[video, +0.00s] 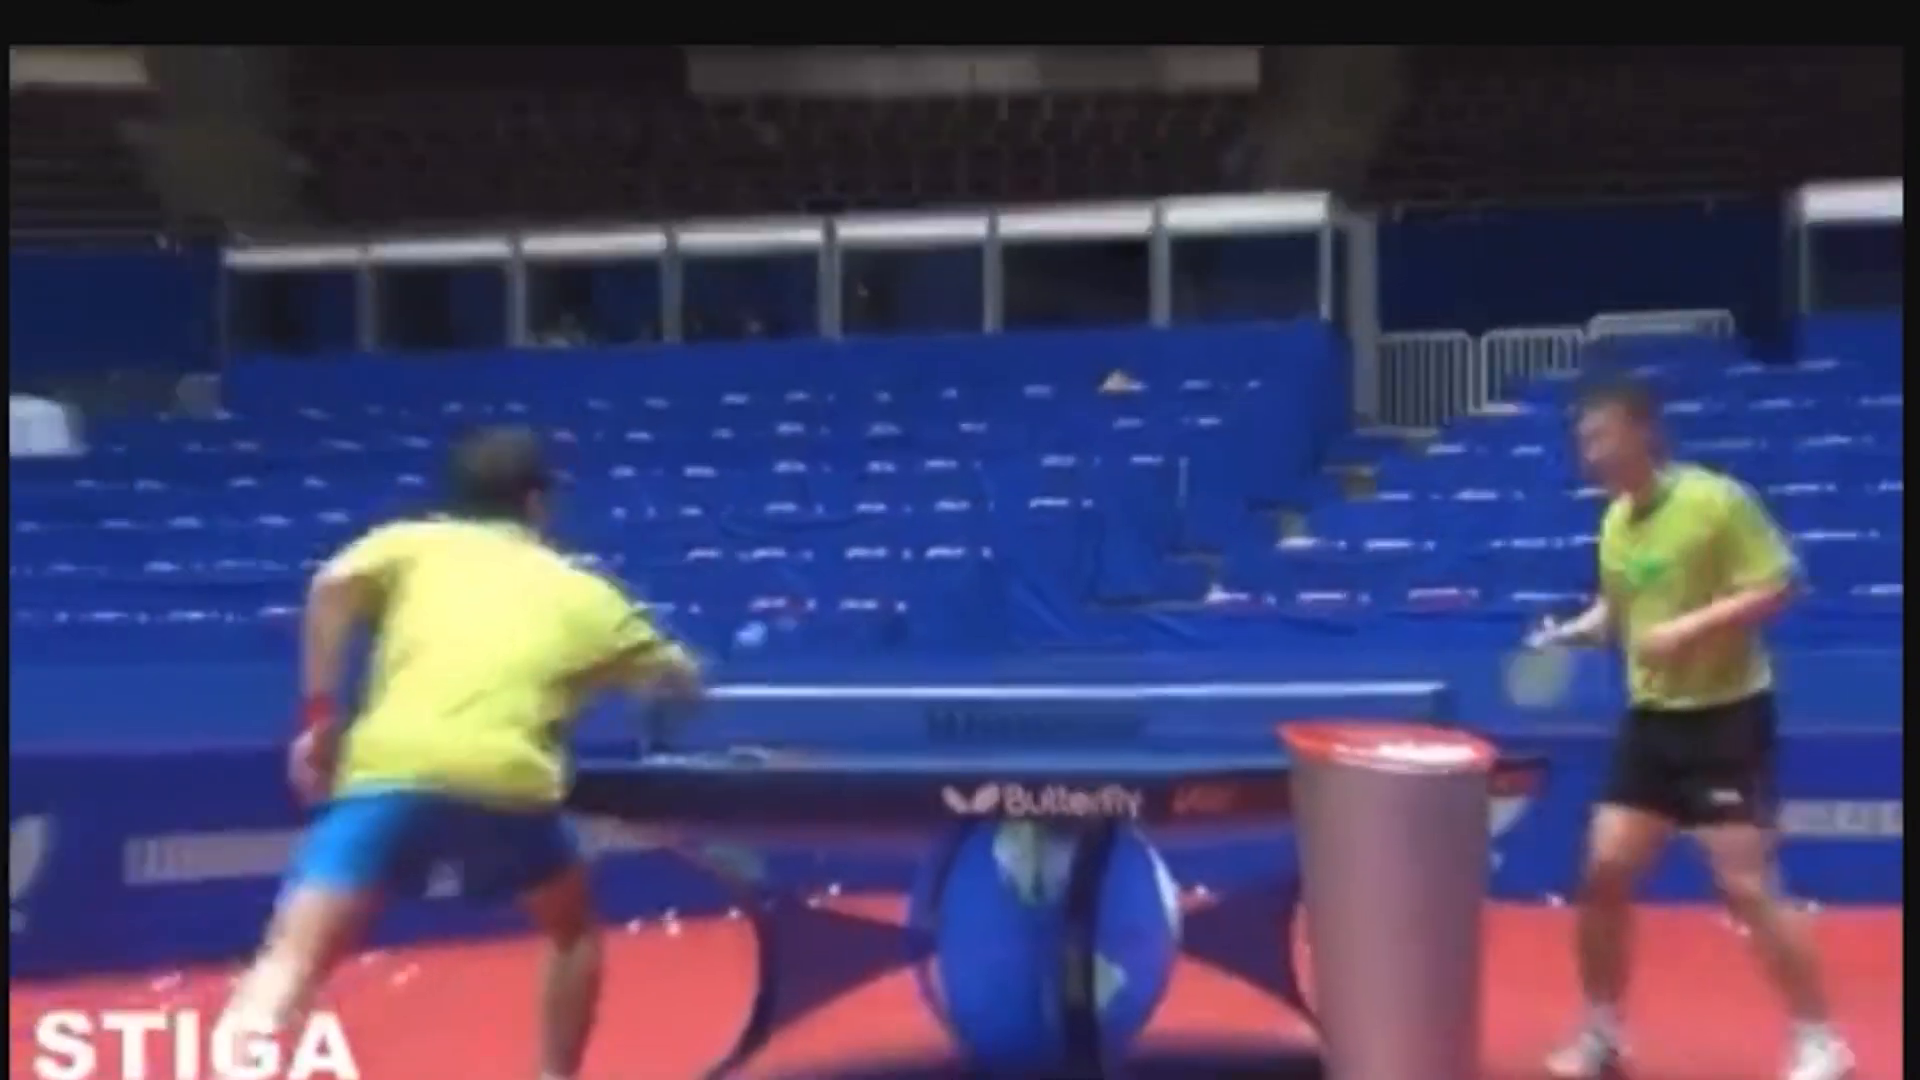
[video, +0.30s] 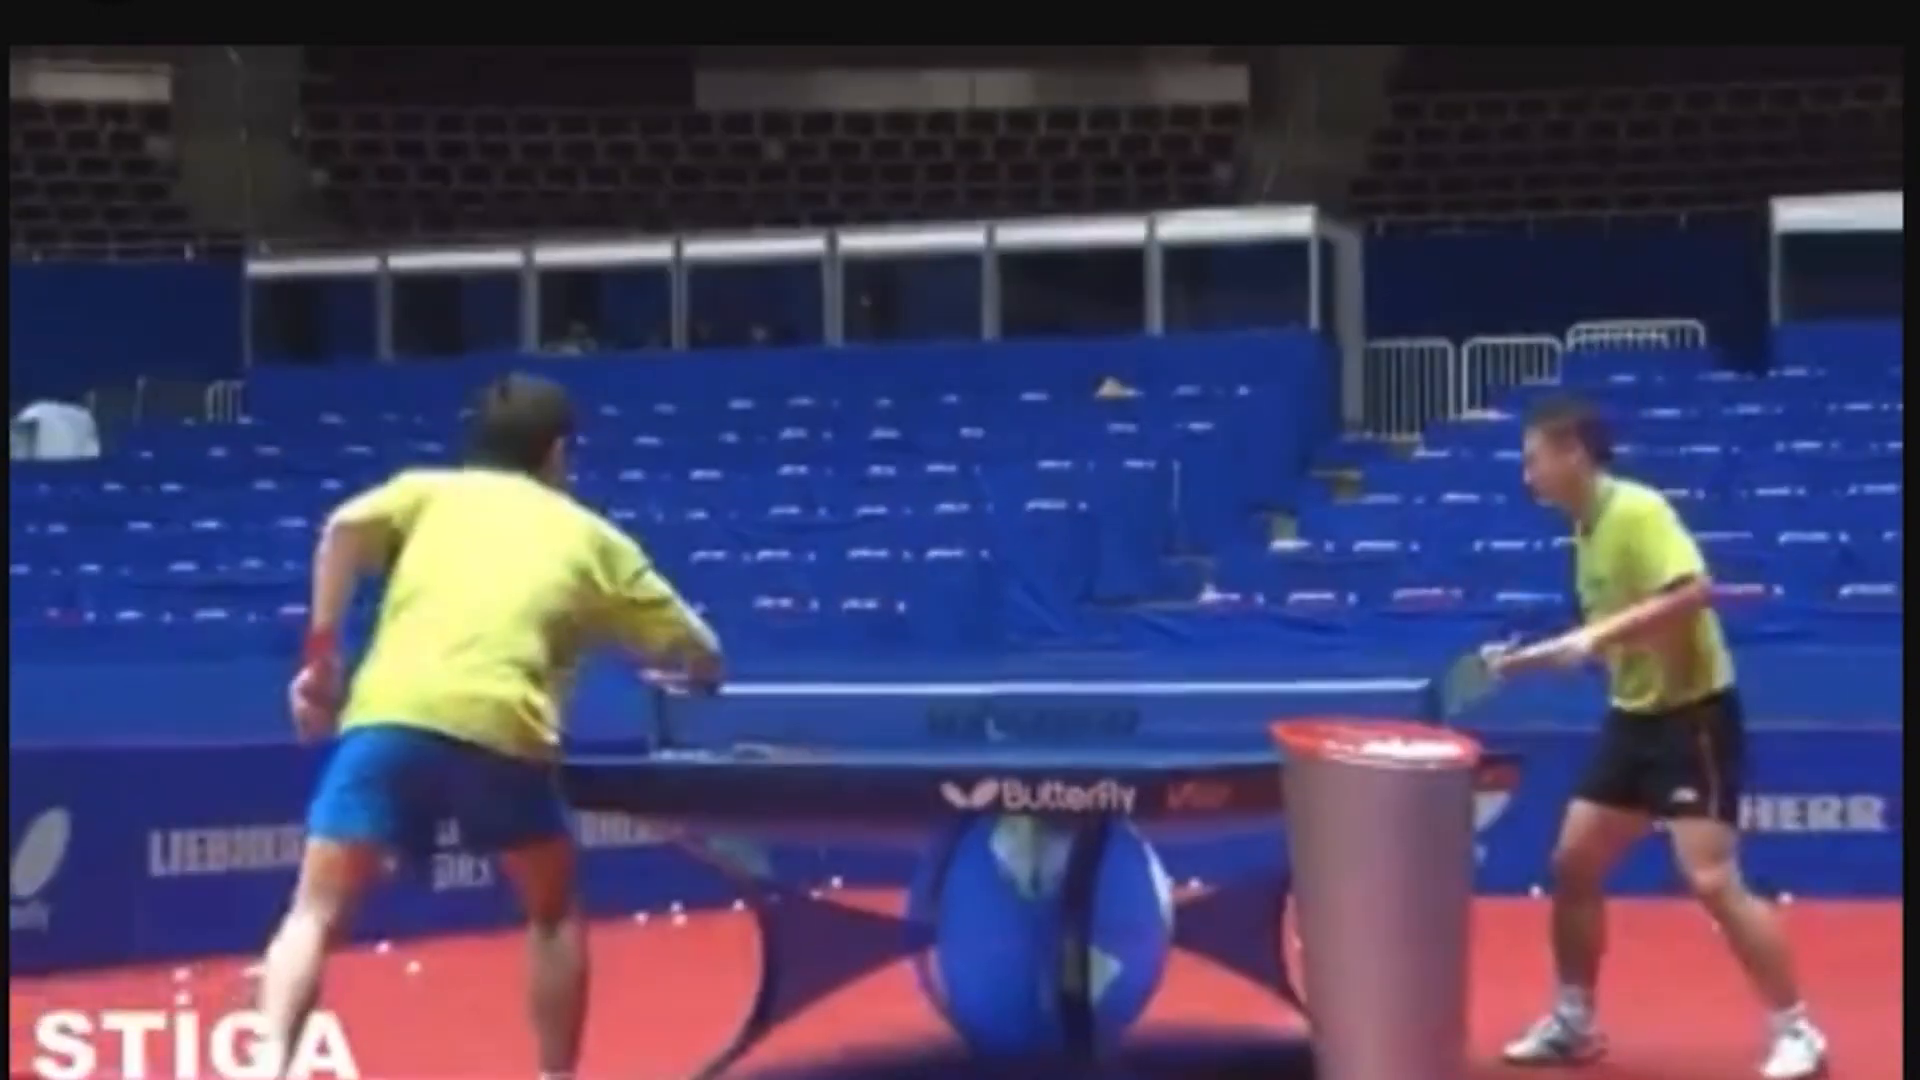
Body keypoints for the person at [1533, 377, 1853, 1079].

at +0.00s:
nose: (1591, 455)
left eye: (1601, 438)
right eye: (1585, 441)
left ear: (1644, 435)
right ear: (1588, 449)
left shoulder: (1715, 501)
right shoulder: (1615, 520)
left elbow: (1777, 580)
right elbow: (1622, 606)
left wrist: (1688, 627)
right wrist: (1578, 630)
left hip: (1726, 715)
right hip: (1652, 715)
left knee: (1746, 887)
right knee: (1606, 866)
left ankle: (1817, 1037)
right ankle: (1602, 1030)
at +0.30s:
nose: (1526, 474)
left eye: (1535, 458)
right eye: (1525, 459)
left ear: (1575, 452)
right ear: (1563, 457)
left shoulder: (1637, 509)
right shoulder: (1589, 531)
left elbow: (1692, 587)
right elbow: (1616, 628)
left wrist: (1598, 635)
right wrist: (1539, 656)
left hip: (1694, 710)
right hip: (1635, 712)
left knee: (1712, 877)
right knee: (1574, 862)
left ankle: (1794, 1027)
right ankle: (1573, 1018)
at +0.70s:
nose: (1473, 439)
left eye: (1485, 424)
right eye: (1471, 427)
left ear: (1529, 426)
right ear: (1486, 439)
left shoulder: (1596, 481)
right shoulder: (1497, 521)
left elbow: (1654, 556)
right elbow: (1506, 620)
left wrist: (1567, 608)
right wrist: (1489, 712)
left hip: (1637, 677)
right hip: (1566, 691)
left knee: (1669, 849)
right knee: (1561, 850)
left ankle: (1715, 999)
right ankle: (1574, 1012)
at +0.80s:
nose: (1485, 430)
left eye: (1497, 414)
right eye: (1480, 420)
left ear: (1541, 417)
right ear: (1486, 438)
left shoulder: (1609, 478)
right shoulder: (1496, 519)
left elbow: (1664, 554)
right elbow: (1497, 619)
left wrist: (1579, 590)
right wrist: (1487, 712)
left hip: (1629, 678)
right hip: (1553, 690)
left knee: (1656, 851)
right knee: (1563, 852)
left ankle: (1680, 995)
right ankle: (1573, 1010)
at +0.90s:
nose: (1499, 427)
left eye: (1513, 412)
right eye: (1496, 417)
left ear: (1555, 418)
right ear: (1499, 433)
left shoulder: (1619, 481)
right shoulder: (1501, 517)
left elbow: (1669, 561)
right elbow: (1496, 618)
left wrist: (1588, 587)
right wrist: (1480, 707)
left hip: (1627, 684)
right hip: (1548, 692)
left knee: (1645, 860)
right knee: (1560, 856)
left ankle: (1639, 970)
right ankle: (1572, 1009)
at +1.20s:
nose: (1557, 436)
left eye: (1572, 423)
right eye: (1551, 425)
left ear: (1606, 437)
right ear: (1544, 440)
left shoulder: (1656, 510)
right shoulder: (1523, 521)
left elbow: (1691, 598)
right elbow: (1489, 613)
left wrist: (1629, 613)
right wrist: (1452, 698)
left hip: (1632, 695)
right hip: (1555, 696)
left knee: (1624, 859)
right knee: (1558, 853)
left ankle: (1610, 997)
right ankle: (1569, 995)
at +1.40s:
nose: (1579, 426)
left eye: (1593, 414)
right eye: (1572, 415)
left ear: (1623, 425)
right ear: (1561, 427)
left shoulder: (1662, 504)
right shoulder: (1530, 503)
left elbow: (1692, 589)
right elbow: (1490, 594)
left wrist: (1661, 620)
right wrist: (1453, 679)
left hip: (1627, 680)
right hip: (1552, 679)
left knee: (1618, 853)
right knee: (1561, 841)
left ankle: (1609, 994)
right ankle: (1561, 987)